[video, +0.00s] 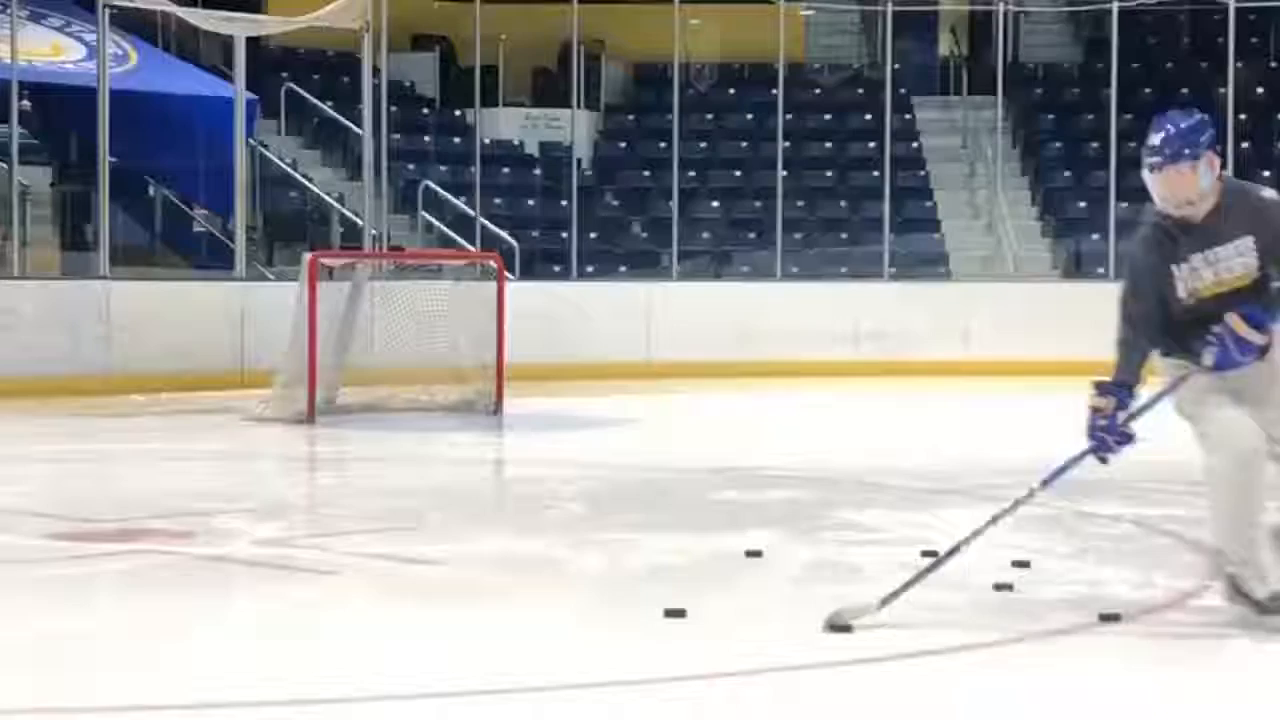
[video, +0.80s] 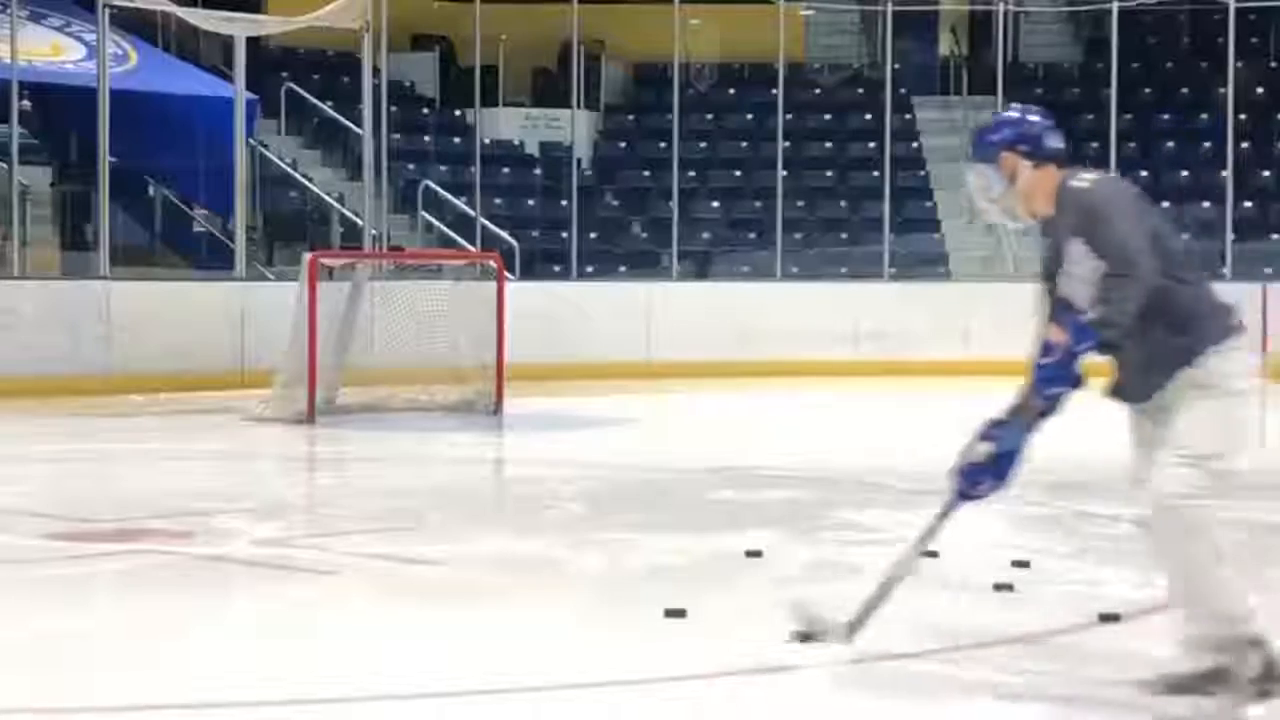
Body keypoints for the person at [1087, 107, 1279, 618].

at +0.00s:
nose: (1172, 186)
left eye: (1182, 170)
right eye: (1160, 174)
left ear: (1213, 164)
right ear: (1148, 178)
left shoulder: (1260, 210)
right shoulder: (1151, 243)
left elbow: (1278, 272)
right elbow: (1137, 328)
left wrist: (1264, 314)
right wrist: (1116, 397)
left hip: (1262, 361)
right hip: (1195, 373)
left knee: (1272, 445)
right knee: (1240, 444)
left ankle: (1257, 550)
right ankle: (1243, 563)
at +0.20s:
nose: (1171, 208)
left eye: (1178, 190)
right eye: (1160, 195)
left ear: (1214, 178)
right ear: (1152, 197)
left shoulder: (1269, 212)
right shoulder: (1184, 262)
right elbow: (1182, 342)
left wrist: (1272, 350)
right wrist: (1167, 412)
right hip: (1252, 382)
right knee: (1263, 448)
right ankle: (1272, 579)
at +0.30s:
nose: (1151, 217)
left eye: (1154, 200)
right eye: (1145, 204)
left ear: (1197, 183)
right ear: (1191, 189)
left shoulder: (1270, 214)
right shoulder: (1192, 268)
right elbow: (1201, 352)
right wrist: (1186, 421)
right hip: (1264, 397)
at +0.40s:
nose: (1144, 218)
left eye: (1146, 200)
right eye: (1135, 207)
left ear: (1179, 180)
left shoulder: (1266, 213)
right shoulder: (1188, 272)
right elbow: (1203, 355)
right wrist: (1187, 420)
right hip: (1268, 406)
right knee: (1268, 546)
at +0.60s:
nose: (1080, 209)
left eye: (1080, 190)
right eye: (1072, 196)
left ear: (1113, 172)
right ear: (1112, 178)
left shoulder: (1209, 203)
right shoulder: (1149, 265)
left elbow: (1266, 273)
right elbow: (1167, 366)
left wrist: (1218, 340)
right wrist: (1128, 432)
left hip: (1271, 385)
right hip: (1245, 399)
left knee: (1263, 523)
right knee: (1260, 526)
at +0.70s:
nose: (1046, 203)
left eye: (1048, 183)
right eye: (1038, 190)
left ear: (1081, 165)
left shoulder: (1161, 197)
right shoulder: (1103, 250)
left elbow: (1209, 273)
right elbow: (1117, 361)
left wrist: (1147, 329)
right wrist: (1069, 438)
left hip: (1264, 371)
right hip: (1210, 393)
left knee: (1265, 523)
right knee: (1225, 533)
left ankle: (1272, 635)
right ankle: (1272, 637)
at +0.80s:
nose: (992, 187)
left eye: (998, 169)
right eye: (988, 173)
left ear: (1030, 159)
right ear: (1026, 165)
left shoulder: (1099, 197)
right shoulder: (1060, 234)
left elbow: (1136, 276)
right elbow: (1060, 344)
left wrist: (1087, 339)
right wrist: (1014, 429)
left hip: (1208, 365)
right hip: (1155, 388)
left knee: (1178, 497)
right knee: (1163, 508)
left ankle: (1240, 648)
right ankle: (1221, 648)